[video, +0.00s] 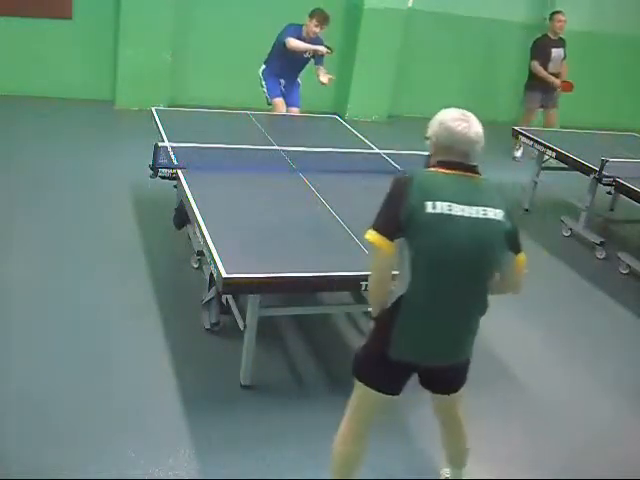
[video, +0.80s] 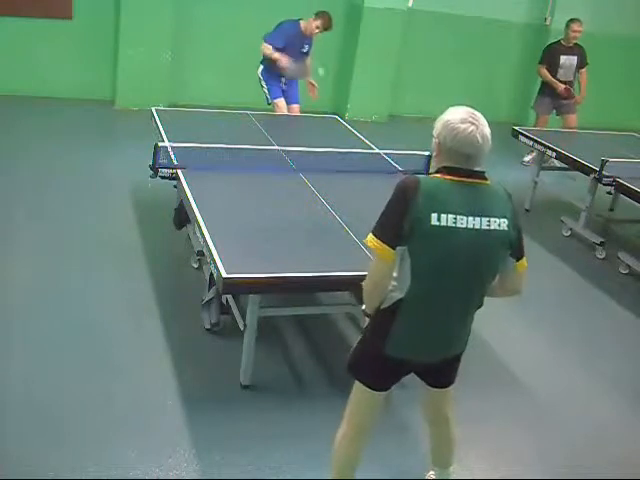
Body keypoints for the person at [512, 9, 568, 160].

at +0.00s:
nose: (561, 24)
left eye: (563, 22)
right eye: (558, 21)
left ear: (565, 24)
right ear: (550, 23)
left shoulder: (561, 42)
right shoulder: (539, 42)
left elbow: (563, 63)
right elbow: (534, 65)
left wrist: (562, 81)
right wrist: (553, 80)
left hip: (552, 85)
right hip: (535, 85)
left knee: (551, 119)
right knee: (529, 116)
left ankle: (546, 150)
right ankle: (519, 144)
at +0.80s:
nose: (576, 35)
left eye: (579, 32)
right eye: (573, 31)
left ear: (581, 33)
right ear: (566, 31)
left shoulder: (579, 51)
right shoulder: (551, 48)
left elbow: (582, 72)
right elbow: (541, 69)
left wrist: (582, 94)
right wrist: (557, 85)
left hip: (567, 93)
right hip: (548, 91)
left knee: (571, 127)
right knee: (540, 125)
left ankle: (557, 154)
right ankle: (535, 151)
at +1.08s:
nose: (583, 37)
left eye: (586, 34)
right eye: (580, 34)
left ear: (588, 36)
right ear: (573, 34)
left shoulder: (586, 54)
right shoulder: (559, 51)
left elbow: (587, 75)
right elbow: (548, 72)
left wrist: (587, 93)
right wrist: (564, 84)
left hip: (572, 97)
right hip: (553, 95)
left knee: (574, 131)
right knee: (542, 128)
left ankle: (572, 161)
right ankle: (535, 152)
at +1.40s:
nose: (601, 45)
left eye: (603, 42)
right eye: (598, 41)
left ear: (605, 44)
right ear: (590, 41)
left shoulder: (602, 62)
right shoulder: (575, 57)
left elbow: (603, 83)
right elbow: (559, 77)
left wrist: (600, 104)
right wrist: (575, 92)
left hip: (583, 102)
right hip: (562, 99)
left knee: (584, 137)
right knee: (550, 131)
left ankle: (578, 169)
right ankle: (536, 153)